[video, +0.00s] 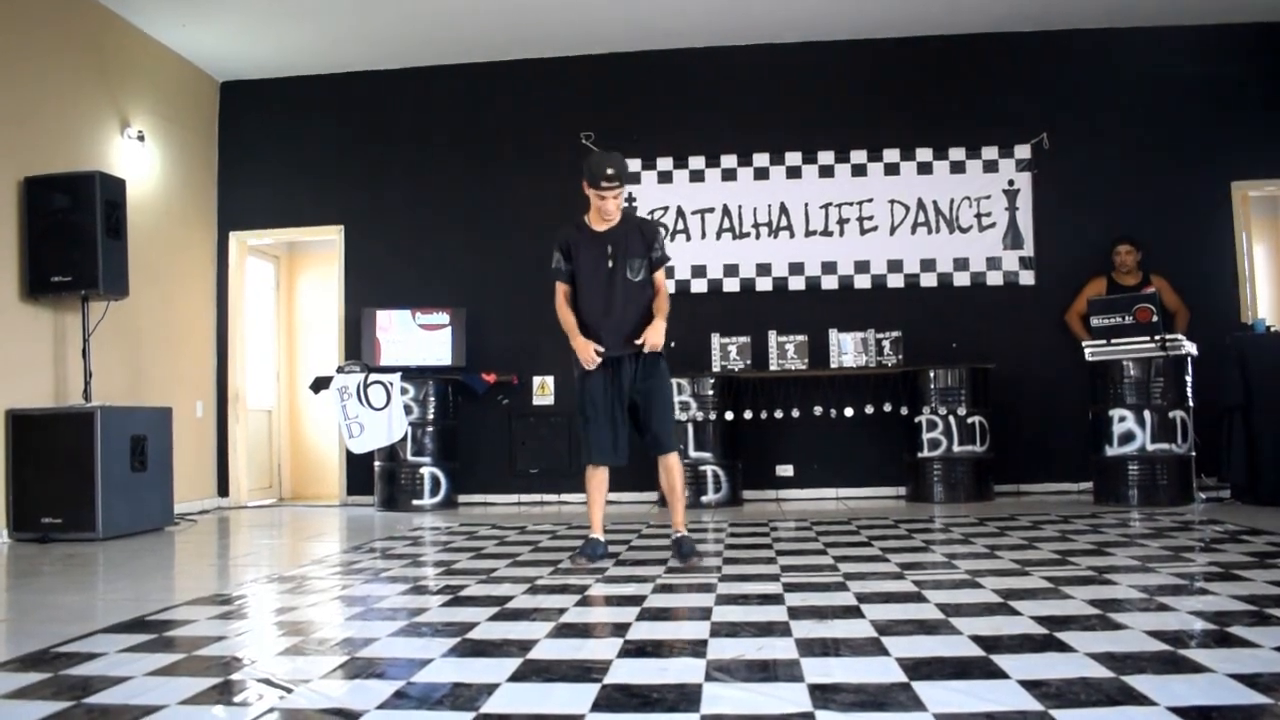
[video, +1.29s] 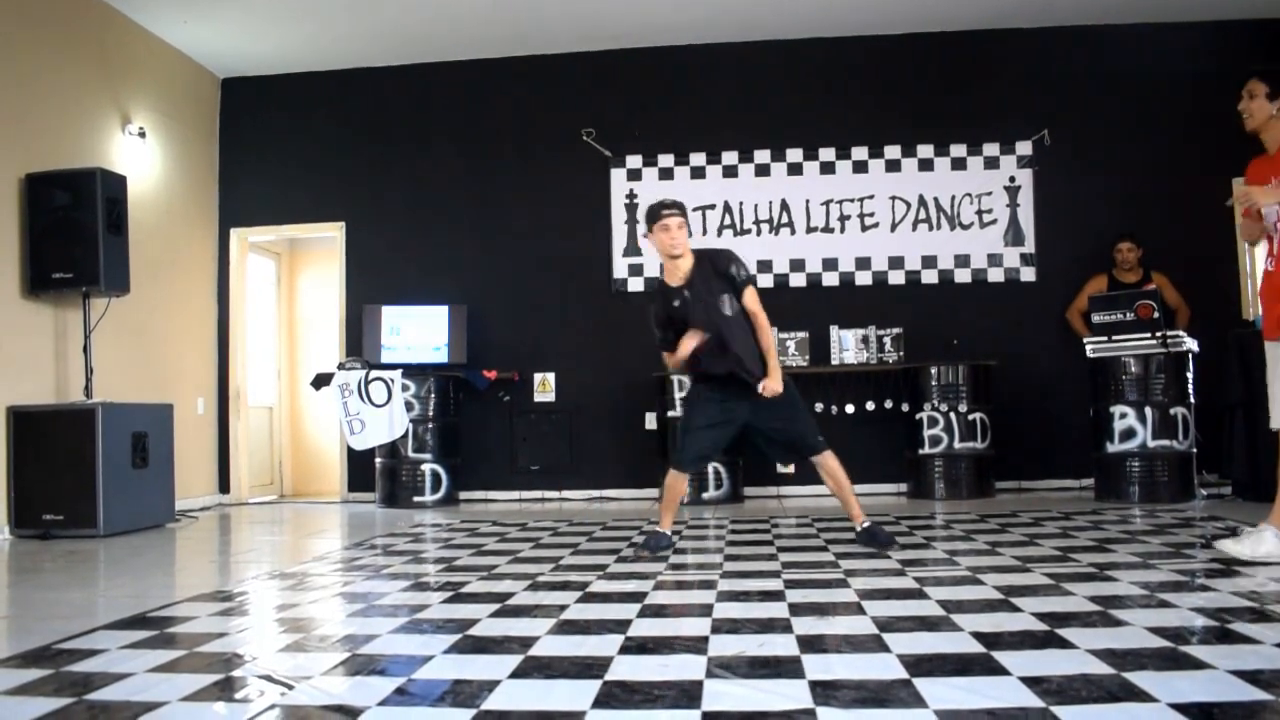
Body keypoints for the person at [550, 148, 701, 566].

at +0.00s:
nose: (611, 205)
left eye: (617, 196)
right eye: (603, 196)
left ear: (626, 192)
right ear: (587, 190)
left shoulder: (646, 233)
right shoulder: (570, 240)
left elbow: (661, 289)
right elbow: (562, 300)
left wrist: (660, 323)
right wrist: (576, 339)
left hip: (646, 357)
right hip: (597, 361)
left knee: (666, 446)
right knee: (597, 452)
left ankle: (680, 533)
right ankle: (596, 538)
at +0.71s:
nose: (647, 209)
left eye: (655, 200)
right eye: (640, 200)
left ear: (668, 193)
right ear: (630, 195)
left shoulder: (695, 233)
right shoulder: (620, 237)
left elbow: (718, 291)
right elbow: (614, 287)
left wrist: (698, 335)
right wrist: (607, 326)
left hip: (673, 359)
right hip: (623, 355)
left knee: (682, 445)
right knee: (589, 430)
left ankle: (681, 530)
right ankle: (564, 513)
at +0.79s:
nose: (646, 212)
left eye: (653, 204)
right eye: (639, 204)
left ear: (667, 196)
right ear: (629, 199)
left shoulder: (697, 236)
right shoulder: (625, 243)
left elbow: (720, 292)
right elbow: (619, 289)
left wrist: (701, 332)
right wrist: (611, 325)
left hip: (682, 356)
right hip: (632, 353)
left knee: (683, 444)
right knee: (588, 420)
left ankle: (681, 532)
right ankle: (552, 456)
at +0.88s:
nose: (643, 210)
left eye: (650, 201)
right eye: (635, 202)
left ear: (663, 193)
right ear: (625, 199)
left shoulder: (693, 230)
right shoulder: (620, 243)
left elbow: (718, 284)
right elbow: (615, 292)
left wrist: (705, 325)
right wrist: (615, 326)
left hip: (691, 350)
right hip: (642, 352)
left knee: (691, 440)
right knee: (621, 420)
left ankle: (686, 530)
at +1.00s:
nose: (640, 214)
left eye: (646, 205)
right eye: (632, 207)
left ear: (660, 195)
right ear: (622, 205)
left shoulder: (691, 230)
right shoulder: (619, 246)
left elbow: (722, 282)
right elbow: (615, 295)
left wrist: (712, 330)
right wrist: (627, 329)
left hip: (707, 351)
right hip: (658, 355)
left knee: (731, 441)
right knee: (649, 440)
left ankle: (759, 521)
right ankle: (657, 527)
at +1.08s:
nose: (640, 224)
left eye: (645, 215)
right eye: (632, 217)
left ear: (658, 213)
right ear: (623, 221)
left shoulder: (691, 245)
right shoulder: (626, 268)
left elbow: (726, 296)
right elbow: (628, 330)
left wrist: (729, 349)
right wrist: (639, 376)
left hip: (716, 367)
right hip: (666, 378)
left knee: (766, 441)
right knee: (653, 451)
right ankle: (658, 530)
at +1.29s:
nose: (675, 235)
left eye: (680, 228)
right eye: (665, 230)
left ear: (689, 233)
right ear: (650, 239)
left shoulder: (722, 262)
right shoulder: (658, 297)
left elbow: (758, 315)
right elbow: (670, 362)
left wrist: (774, 371)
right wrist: (684, 347)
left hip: (761, 379)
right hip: (711, 389)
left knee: (816, 447)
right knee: (682, 460)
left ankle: (862, 522)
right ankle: (662, 532)